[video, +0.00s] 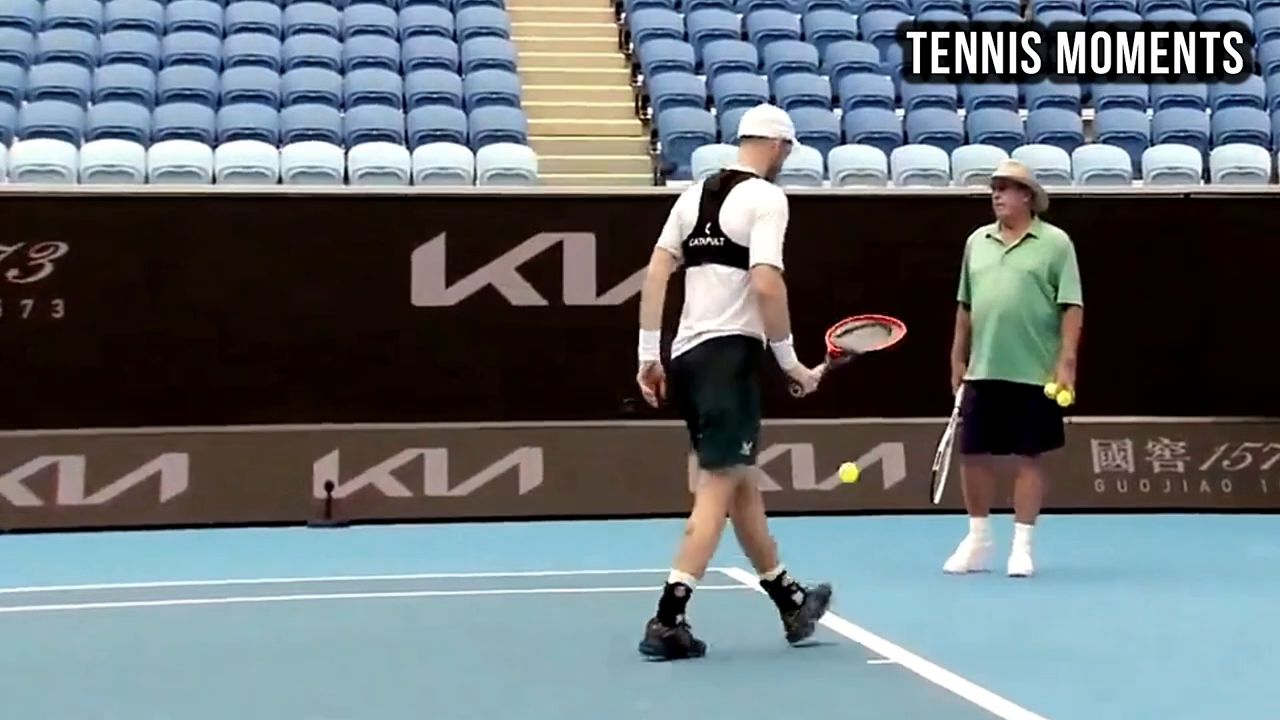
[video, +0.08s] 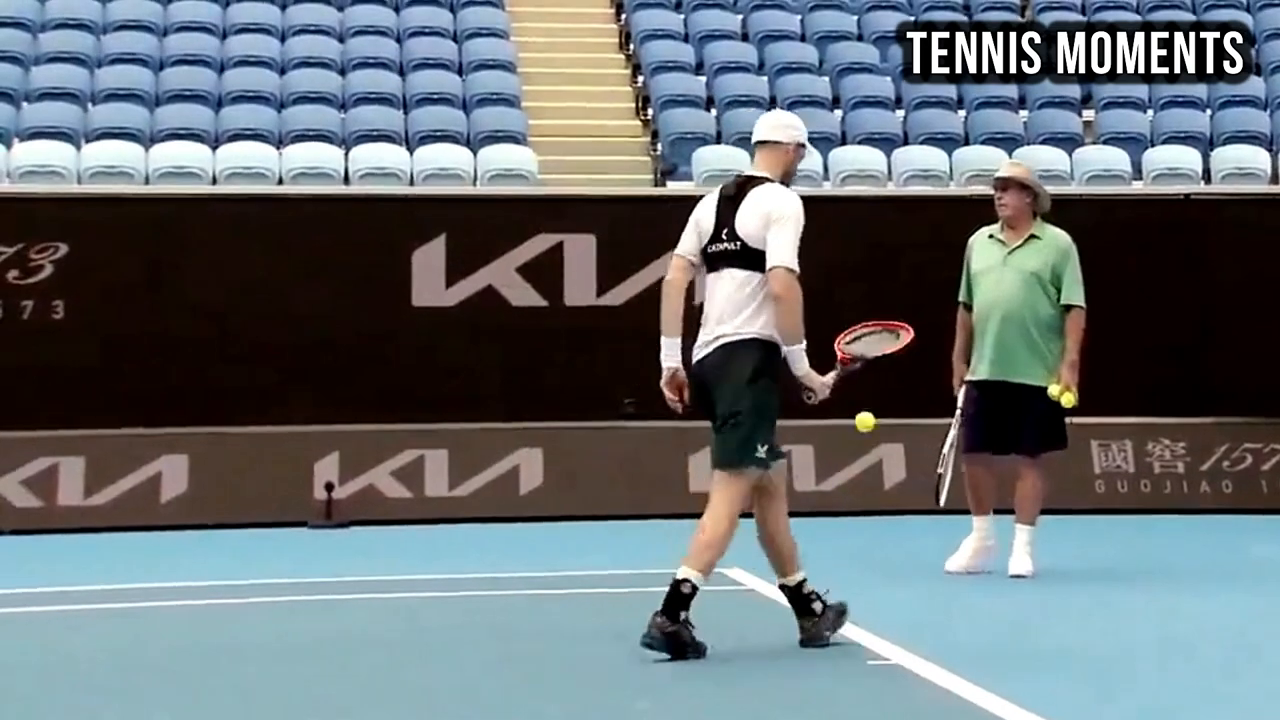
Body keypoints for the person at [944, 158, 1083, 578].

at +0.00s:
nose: (999, 194)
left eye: (1008, 189)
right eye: (996, 188)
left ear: (1030, 197)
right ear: (992, 195)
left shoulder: (1056, 242)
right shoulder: (978, 241)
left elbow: (1072, 308)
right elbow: (965, 310)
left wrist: (1066, 362)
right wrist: (958, 367)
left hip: (1035, 373)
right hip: (982, 369)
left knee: (1028, 458)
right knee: (973, 454)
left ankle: (1022, 544)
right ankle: (978, 538)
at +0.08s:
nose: (1001, 195)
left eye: (1010, 189)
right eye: (998, 189)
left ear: (1032, 197)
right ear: (994, 196)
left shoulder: (1058, 243)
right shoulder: (979, 242)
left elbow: (1075, 309)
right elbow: (966, 310)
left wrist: (1070, 363)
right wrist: (959, 366)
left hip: (1036, 373)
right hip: (984, 370)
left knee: (1028, 458)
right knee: (974, 454)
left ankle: (1023, 545)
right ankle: (981, 538)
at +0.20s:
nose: (1002, 197)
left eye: (1012, 191)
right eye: (1000, 191)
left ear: (1034, 199)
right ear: (996, 199)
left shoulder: (1061, 246)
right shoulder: (981, 244)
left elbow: (1078, 312)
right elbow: (967, 309)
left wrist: (1074, 368)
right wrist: (960, 361)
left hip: (1039, 374)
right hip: (985, 371)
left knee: (1029, 460)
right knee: (977, 455)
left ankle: (1024, 547)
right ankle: (984, 540)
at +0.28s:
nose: (1003, 199)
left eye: (1012, 193)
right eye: (1000, 193)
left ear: (1034, 200)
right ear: (997, 200)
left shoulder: (1061, 247)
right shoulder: (981, 245)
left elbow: (1079, 313)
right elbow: (967, 310)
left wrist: (1076, 371)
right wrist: (960, 362)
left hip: (1040, 377)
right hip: (987, 373)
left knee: (1031, 462)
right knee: (983, 459)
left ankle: (1024, 549)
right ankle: (983, 546)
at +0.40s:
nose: (1003, 201)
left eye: (1012, 195)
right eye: (1000, 194)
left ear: (1034, 202)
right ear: (997, 202)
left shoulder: (1062, 250)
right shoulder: (980, 247)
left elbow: (1080, 317)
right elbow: (966, 312)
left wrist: (1078, 375)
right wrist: (961, 365)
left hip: (1041, 378)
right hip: (988, 375)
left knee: (1031, 464)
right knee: (987, 461)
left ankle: (1023, 551)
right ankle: (982, 550)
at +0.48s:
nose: (1002, 199)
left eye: (1011, 193)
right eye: (999, 193)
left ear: (1033, 200)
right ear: (995, 200)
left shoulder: (1061, 247)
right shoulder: (978, 245)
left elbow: (1079, 314)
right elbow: (965, 311)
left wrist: (1079, 373)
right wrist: (960, 362)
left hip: (1041, 375)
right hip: (988, 372)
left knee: (1031, 462)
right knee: (988, 458)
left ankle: (1023, 549)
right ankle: (982, 546)